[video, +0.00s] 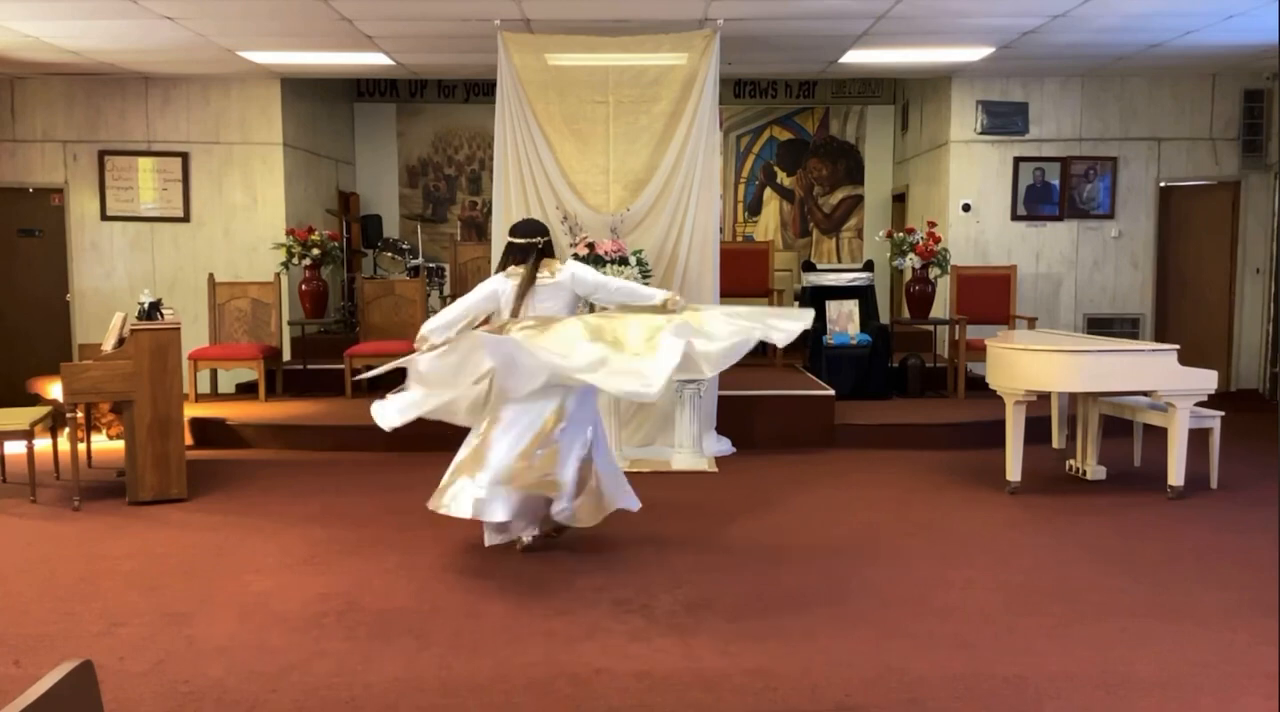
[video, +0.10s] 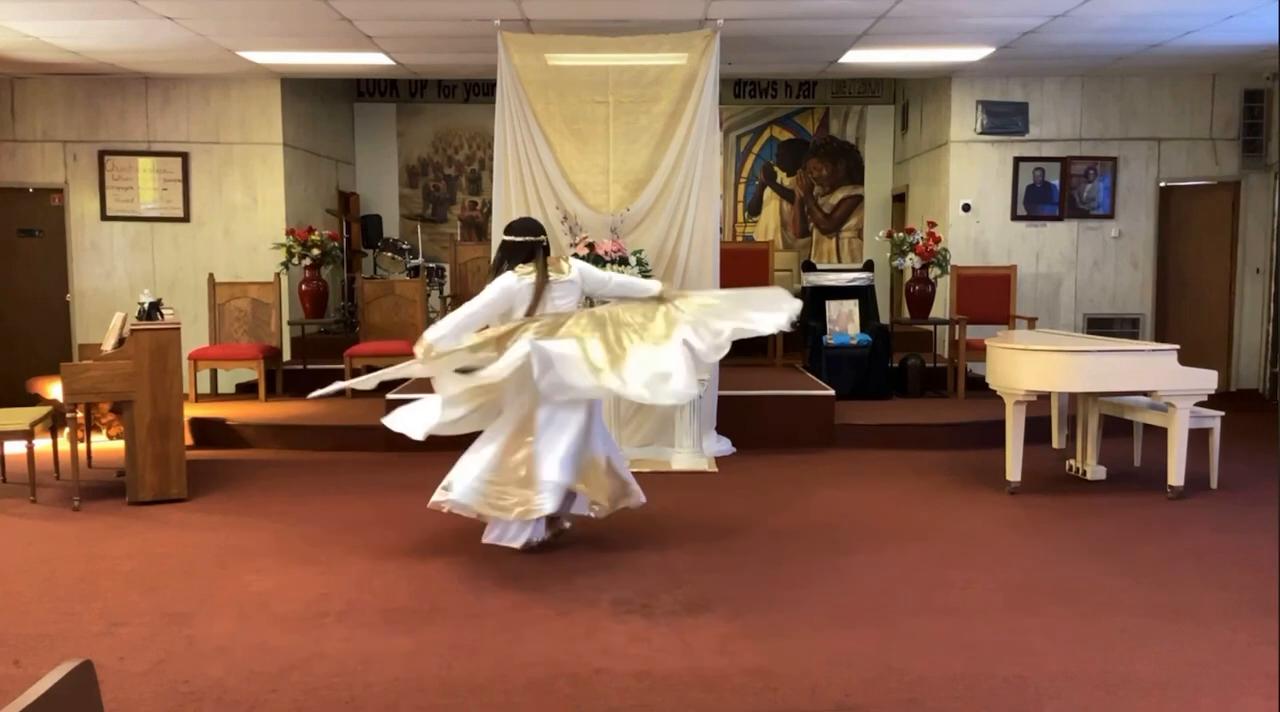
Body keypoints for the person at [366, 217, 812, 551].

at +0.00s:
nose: (539, 251)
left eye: (524, 249)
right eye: (544, 245)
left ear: (512, 249)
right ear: (547, 246)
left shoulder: (501, 283)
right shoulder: (568, 274)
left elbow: (457, 314)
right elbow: (614, 290)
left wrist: (426, 335)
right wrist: (663, 299)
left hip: (516, 377)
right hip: (562, 375)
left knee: (515, 445)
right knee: (561, 442)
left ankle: (521, 527)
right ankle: (549, 517)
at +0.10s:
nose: (526, 254)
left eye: (515, 249)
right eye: (537, 245)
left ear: (507, 251)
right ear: (547, 246)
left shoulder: (508, 284)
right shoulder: (572, 273)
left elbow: (466, 318)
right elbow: (628, 286)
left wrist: (427, 345)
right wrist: (659, 288)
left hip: (532, 378)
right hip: (577, 377)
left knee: (528, 442)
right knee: (567, 443)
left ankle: (531, 523)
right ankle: (552, 517)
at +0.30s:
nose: (510, 253)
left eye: (513, 245)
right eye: (515, 245)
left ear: (521, 246)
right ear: (546, 241)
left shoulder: (548, 276)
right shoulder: (542, 275)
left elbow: (535, 334)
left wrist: (503, 337)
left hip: (573, 376)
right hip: (562, 373)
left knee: (572, 447)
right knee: (555, 445)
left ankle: (581, 525)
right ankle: (557, 518)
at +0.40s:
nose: (523, 252)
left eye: (527, 246)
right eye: (525, 246)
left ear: (536, 248)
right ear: (556, 244)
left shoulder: (571, 283)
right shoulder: (531, 283)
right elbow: (516, 340)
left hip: (585, 379)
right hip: (553, 378)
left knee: (594, 451)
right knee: (555, 446)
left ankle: (603, 527)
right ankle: (559, 524)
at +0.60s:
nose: (551, 257)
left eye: (559, 250)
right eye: (548, 250)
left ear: (579, 249)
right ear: (545, 250)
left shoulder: (610, 279)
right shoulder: (541, 277)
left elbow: (652, 308)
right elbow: (491, 274)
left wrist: (680, 331)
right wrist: (455, 267)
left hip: (614, 380)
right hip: (566, 381)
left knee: (610, 454)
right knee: (571, 452)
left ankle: (606, 533)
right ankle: (579, 523)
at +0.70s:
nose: (573, 261)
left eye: (581, 254)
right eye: (567, 254)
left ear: (598, 255)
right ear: (560, 256)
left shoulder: (620, 285)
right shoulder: (550, 283)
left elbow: (661, 305)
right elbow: (497, 283)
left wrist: (690, 323)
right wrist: (447, 278)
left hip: (616, 377)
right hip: (569, 378)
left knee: (625, 442)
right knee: (570, 445)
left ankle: (633, 527)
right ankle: (574, 524)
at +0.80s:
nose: (589, 264)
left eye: (596, 256)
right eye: (583, 258)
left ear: (613, 259)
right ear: (576, 261)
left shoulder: (634, 292)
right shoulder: (564, 291)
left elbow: (670, 319)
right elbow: (515, 302)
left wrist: (686, 334)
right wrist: (468, 305)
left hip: (633, 386)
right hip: (583, 389)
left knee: (660, 449)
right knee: (580, 457)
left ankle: (672, 526)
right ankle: (574, 528)